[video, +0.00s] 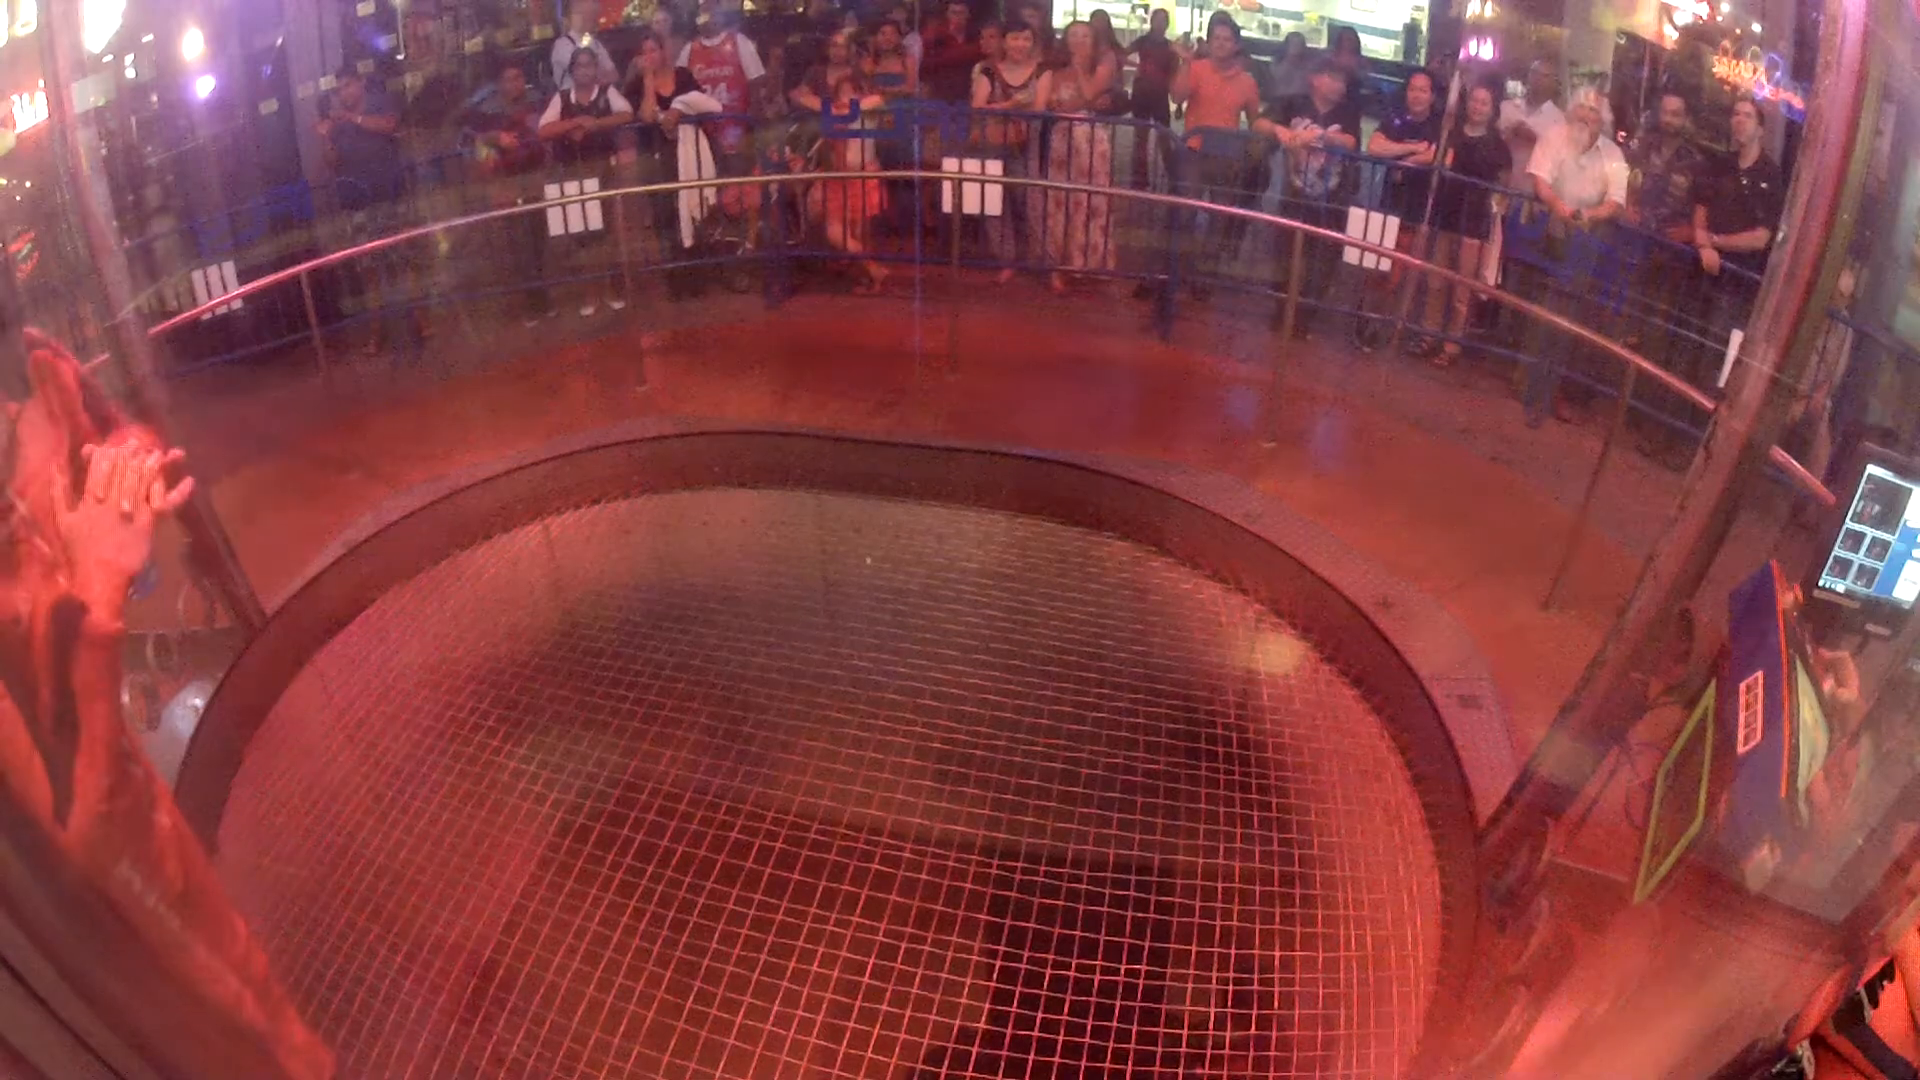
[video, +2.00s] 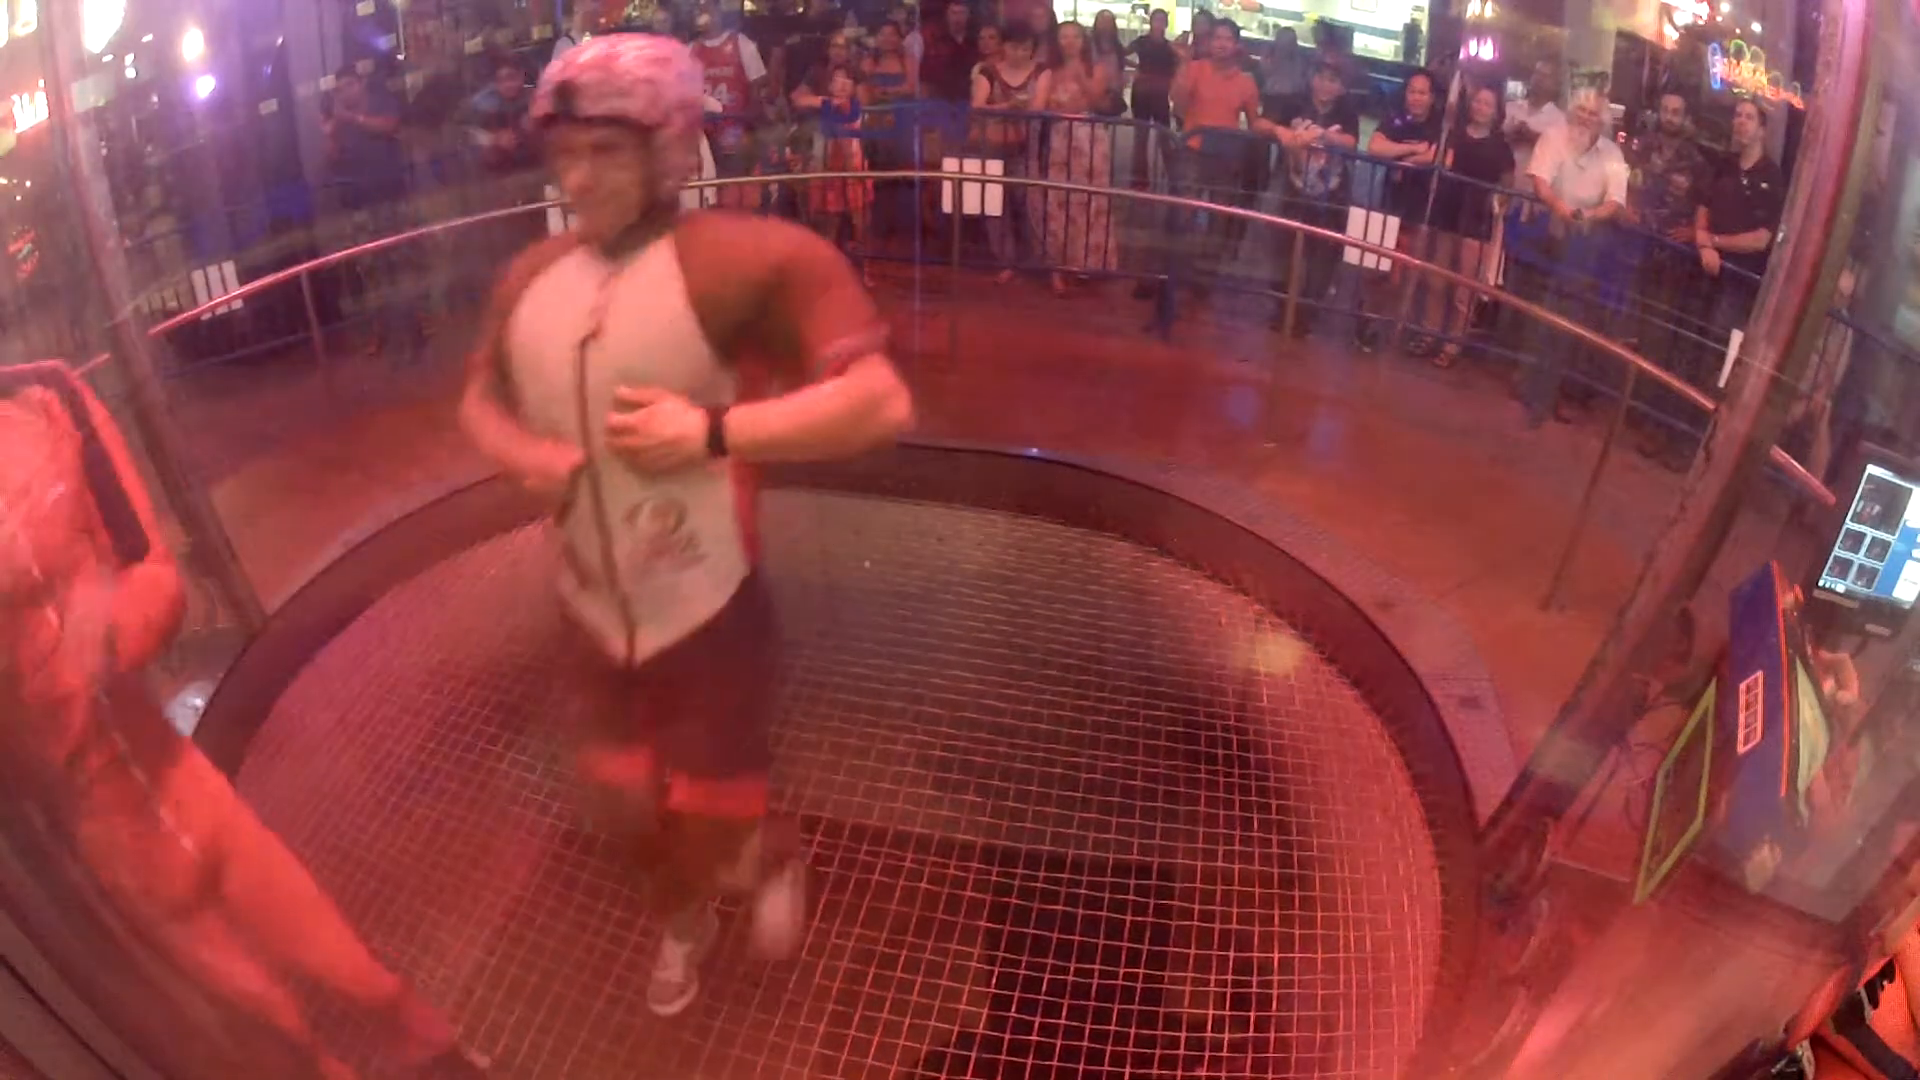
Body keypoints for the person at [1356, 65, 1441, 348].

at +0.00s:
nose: (1417, 95)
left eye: (1423, 90)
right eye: (1413, 89)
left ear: (1433, 97)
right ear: (1405, 93)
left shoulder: (1439, 127)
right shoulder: (1394, 120)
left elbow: (1438, 158)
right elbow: (1374, 147)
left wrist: (1400, 158)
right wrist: (1416, 148)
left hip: (1422, 212)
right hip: (1390, 207)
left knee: (1410, 273)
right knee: (1378, 268)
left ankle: (1398, 327)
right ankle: (1365, 320)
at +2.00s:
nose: (1416, 98)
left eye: (1422, 93)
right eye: (1412, 91)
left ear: (1432, 99)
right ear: (1404, 95)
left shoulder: (1439, 129)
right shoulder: (1394, 122)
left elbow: (1439, 159)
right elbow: (1375, 147)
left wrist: (1403, 158)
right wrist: (1416, 148)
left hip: (1422, 213)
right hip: (1390, 209)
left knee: (1408, 275)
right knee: (1378, 269)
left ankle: (1397, 326)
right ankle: (1368, 319)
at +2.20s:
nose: (1416, 98)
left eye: (1422, 93)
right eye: (1412, 92)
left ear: (1433, 99)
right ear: (1405, 95)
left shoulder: (1440, 129)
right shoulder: (1394, 121)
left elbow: (1440, 159)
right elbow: (1375, 147)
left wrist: (1403, 158)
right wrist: (1416, 148)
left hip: (1423, 213)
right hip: (1391, 209)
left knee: (1408, 275)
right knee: (1378, 269)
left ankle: (1397, 326)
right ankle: (1368, 320)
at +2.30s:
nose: (1416, 98)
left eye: (1422, 93)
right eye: (1412, 92)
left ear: (1433, 99)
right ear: (1404, 95)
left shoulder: (1440, 128)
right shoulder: (1394, 121)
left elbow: (1441, 159)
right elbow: (1375, 147)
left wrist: (1405, 159)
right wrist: (1416, 148)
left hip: (1423, 212)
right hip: (1391, 208)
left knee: (1408, 274)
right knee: (1378, 269)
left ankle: (1397, 326)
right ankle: (1368, 319)